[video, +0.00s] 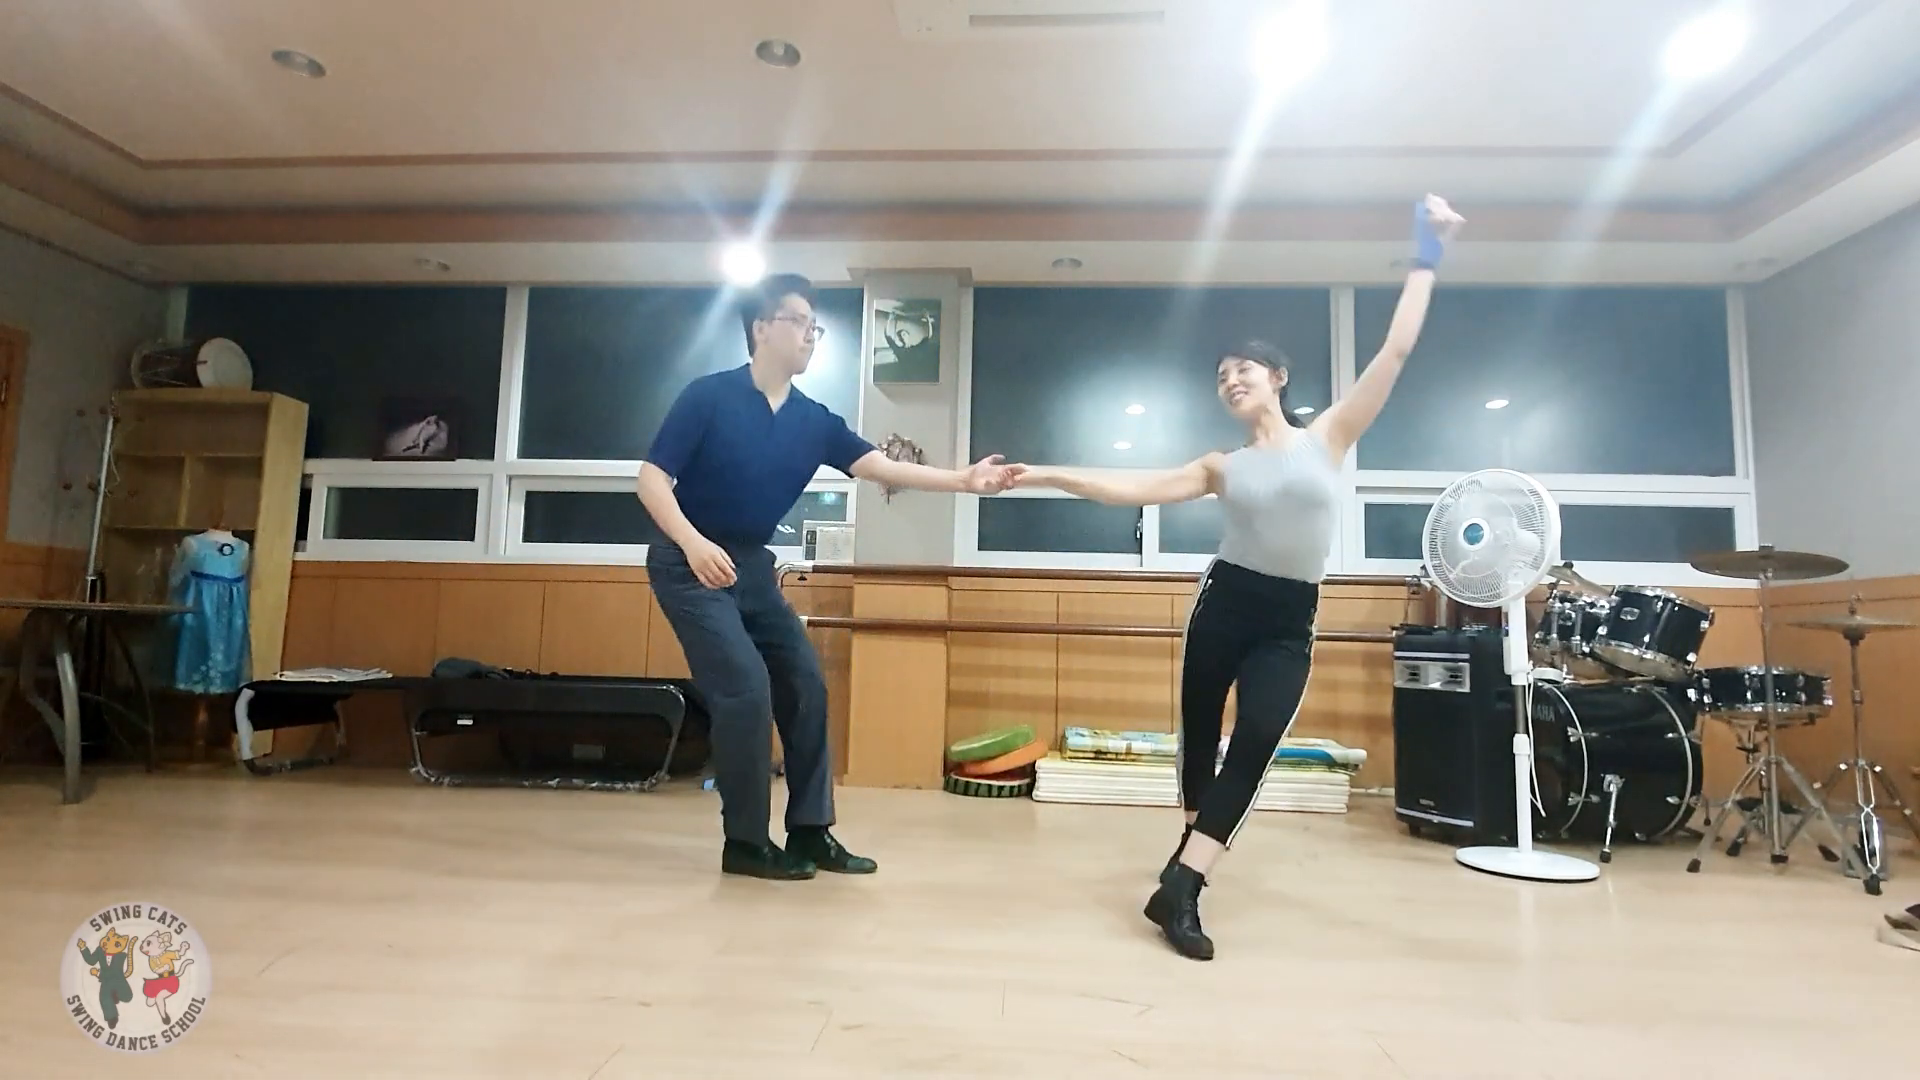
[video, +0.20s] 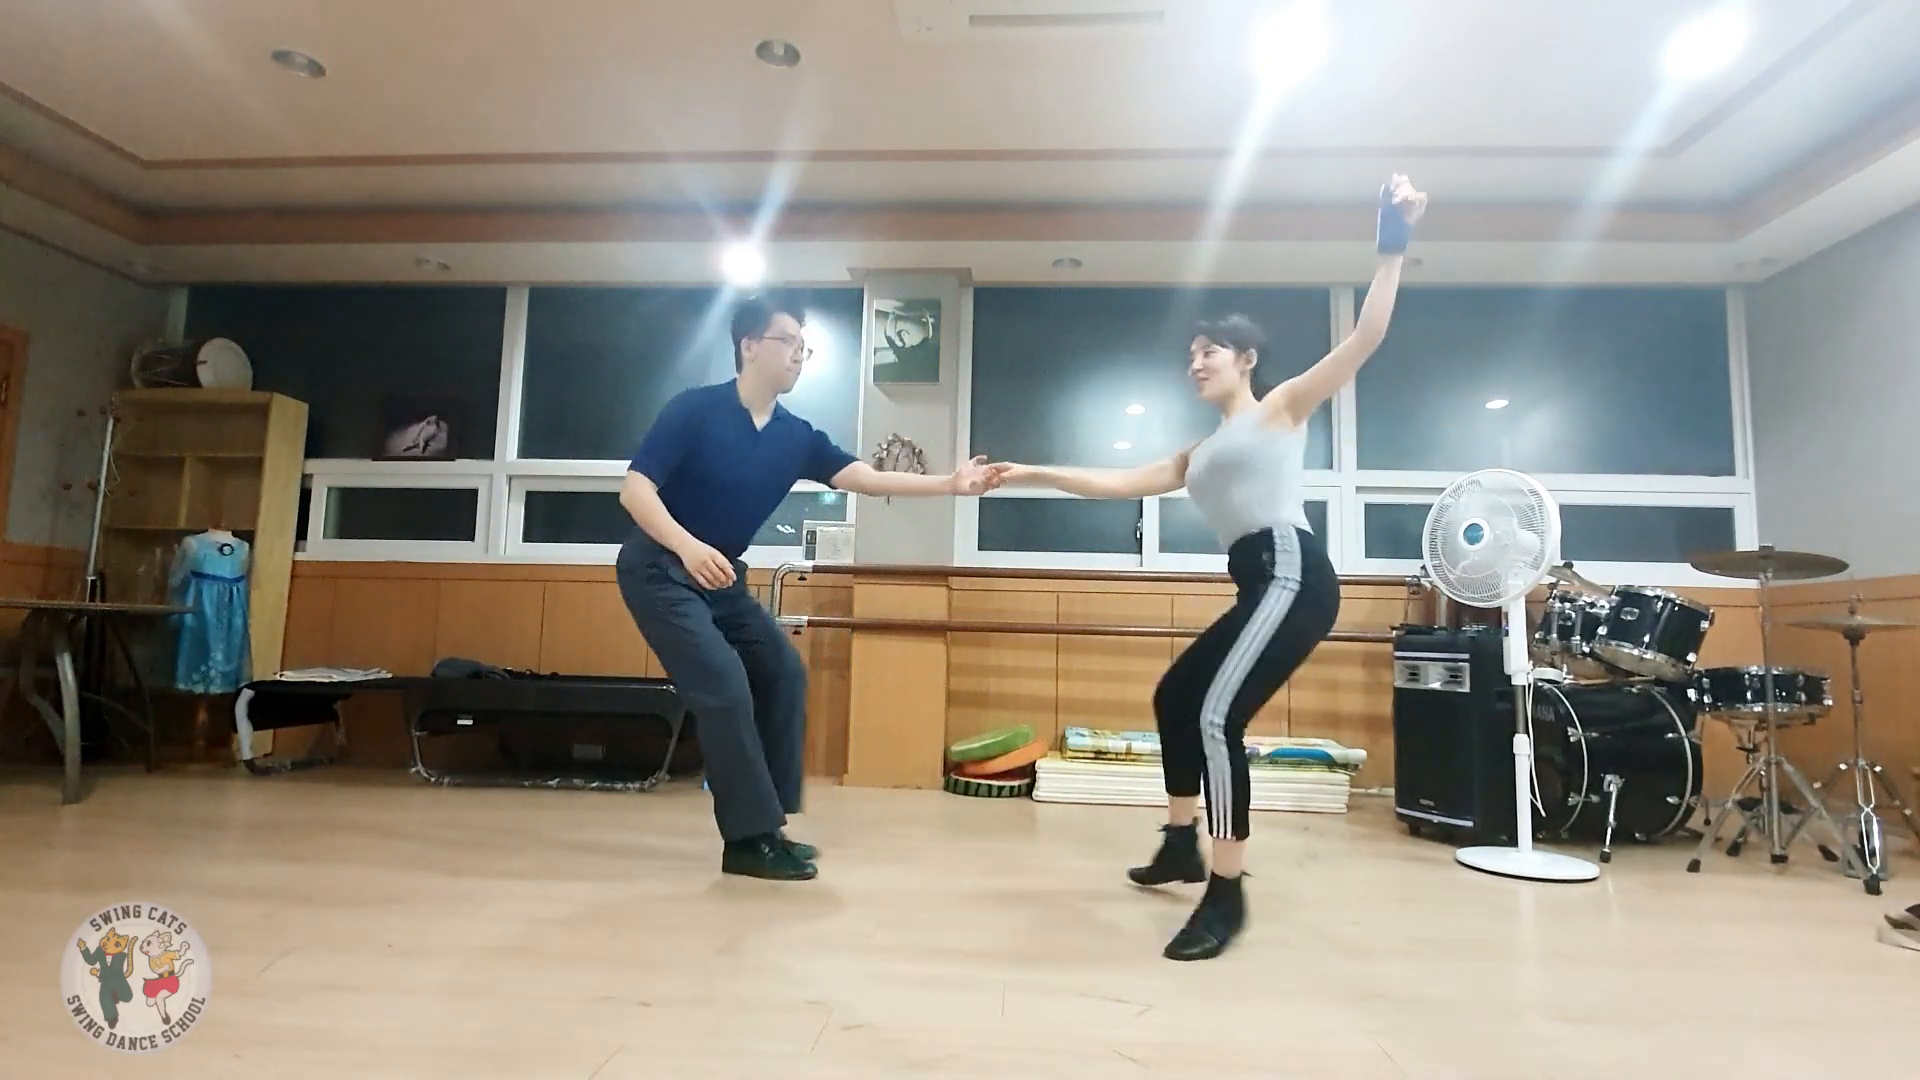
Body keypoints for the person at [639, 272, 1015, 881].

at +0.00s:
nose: (812, 335)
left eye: (813, 325)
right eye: (798, 323)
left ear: (803, 336)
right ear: (759, 330)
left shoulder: (813, 420)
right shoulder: (707, 397)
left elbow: (883, 467)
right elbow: (650, 480)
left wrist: (966, 479)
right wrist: (690, 542)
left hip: (750, 564)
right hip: (686, 561)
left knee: (803, 678)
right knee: (746, 685)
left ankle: (808, 832)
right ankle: (745, 844)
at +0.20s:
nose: (799, 353)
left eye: (802, 344)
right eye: (786, 341)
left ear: (800, 355)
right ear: (747, 347)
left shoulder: (796, 436)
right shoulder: (693, 410)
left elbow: (872, 479)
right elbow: (635, 489)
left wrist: (954, 483)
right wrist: (684, 544)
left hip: (722, 578)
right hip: (659, 568)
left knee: (782, 671)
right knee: (724, 684)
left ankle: (763, 829)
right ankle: (745, 841)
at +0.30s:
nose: (788, 362)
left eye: (791, 353)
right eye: (775, 350)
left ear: (789, 362)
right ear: (736, 357)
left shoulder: (784, 444)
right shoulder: (682, 419)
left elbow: (856, 485)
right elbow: (628, 499)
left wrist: (942, 492)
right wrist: (684, 547)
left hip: (708, 587)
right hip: (648, 576)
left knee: (769, 679)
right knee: (719, 685)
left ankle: (699, 804)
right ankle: (744, 840)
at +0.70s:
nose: (728, 357)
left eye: (733, 352)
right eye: (716, 345)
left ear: (733, 367)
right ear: (679, 350)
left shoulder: (721, 439)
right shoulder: (630, 411)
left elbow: (779, 477)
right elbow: (609, 490)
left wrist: (853, 480)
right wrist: (689, 519)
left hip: (642, 576)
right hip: (586, 567)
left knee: (703, 683)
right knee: (669, 675)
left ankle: (648, 820)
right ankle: (655, 825)